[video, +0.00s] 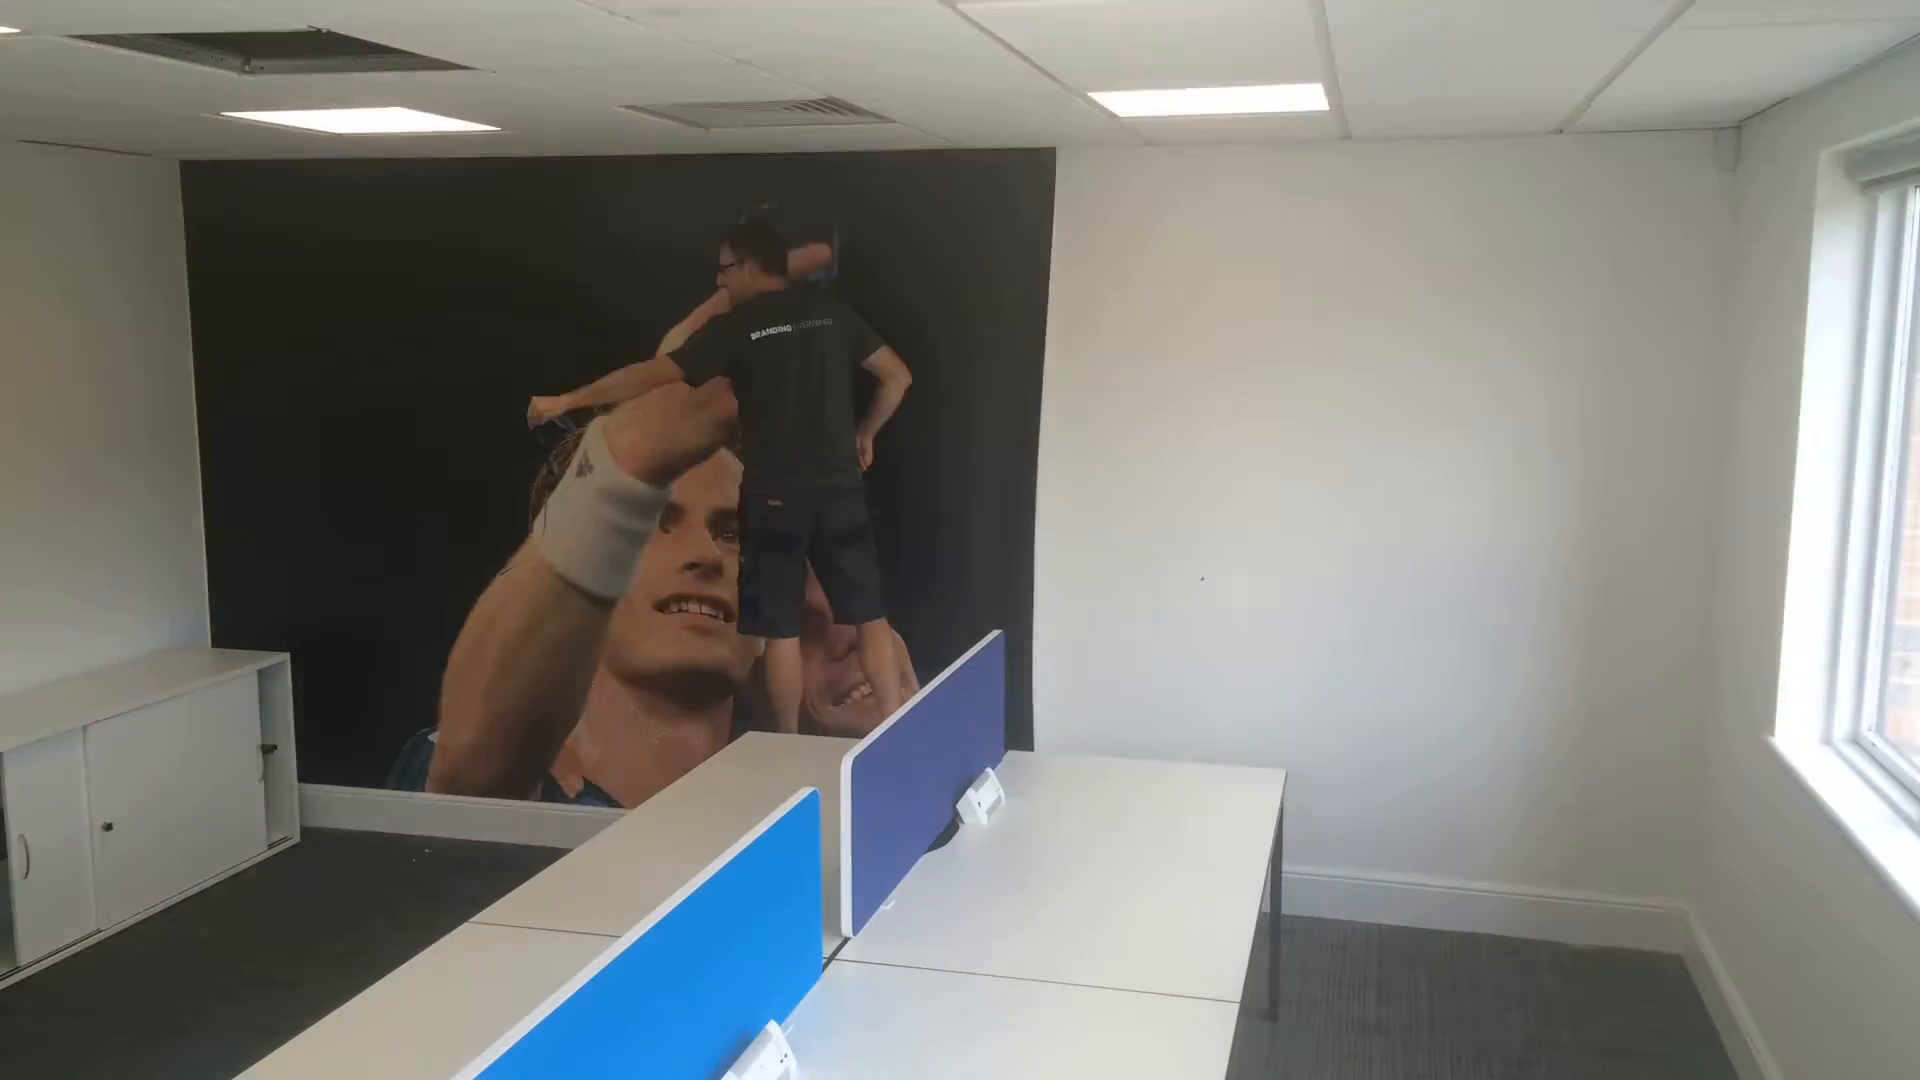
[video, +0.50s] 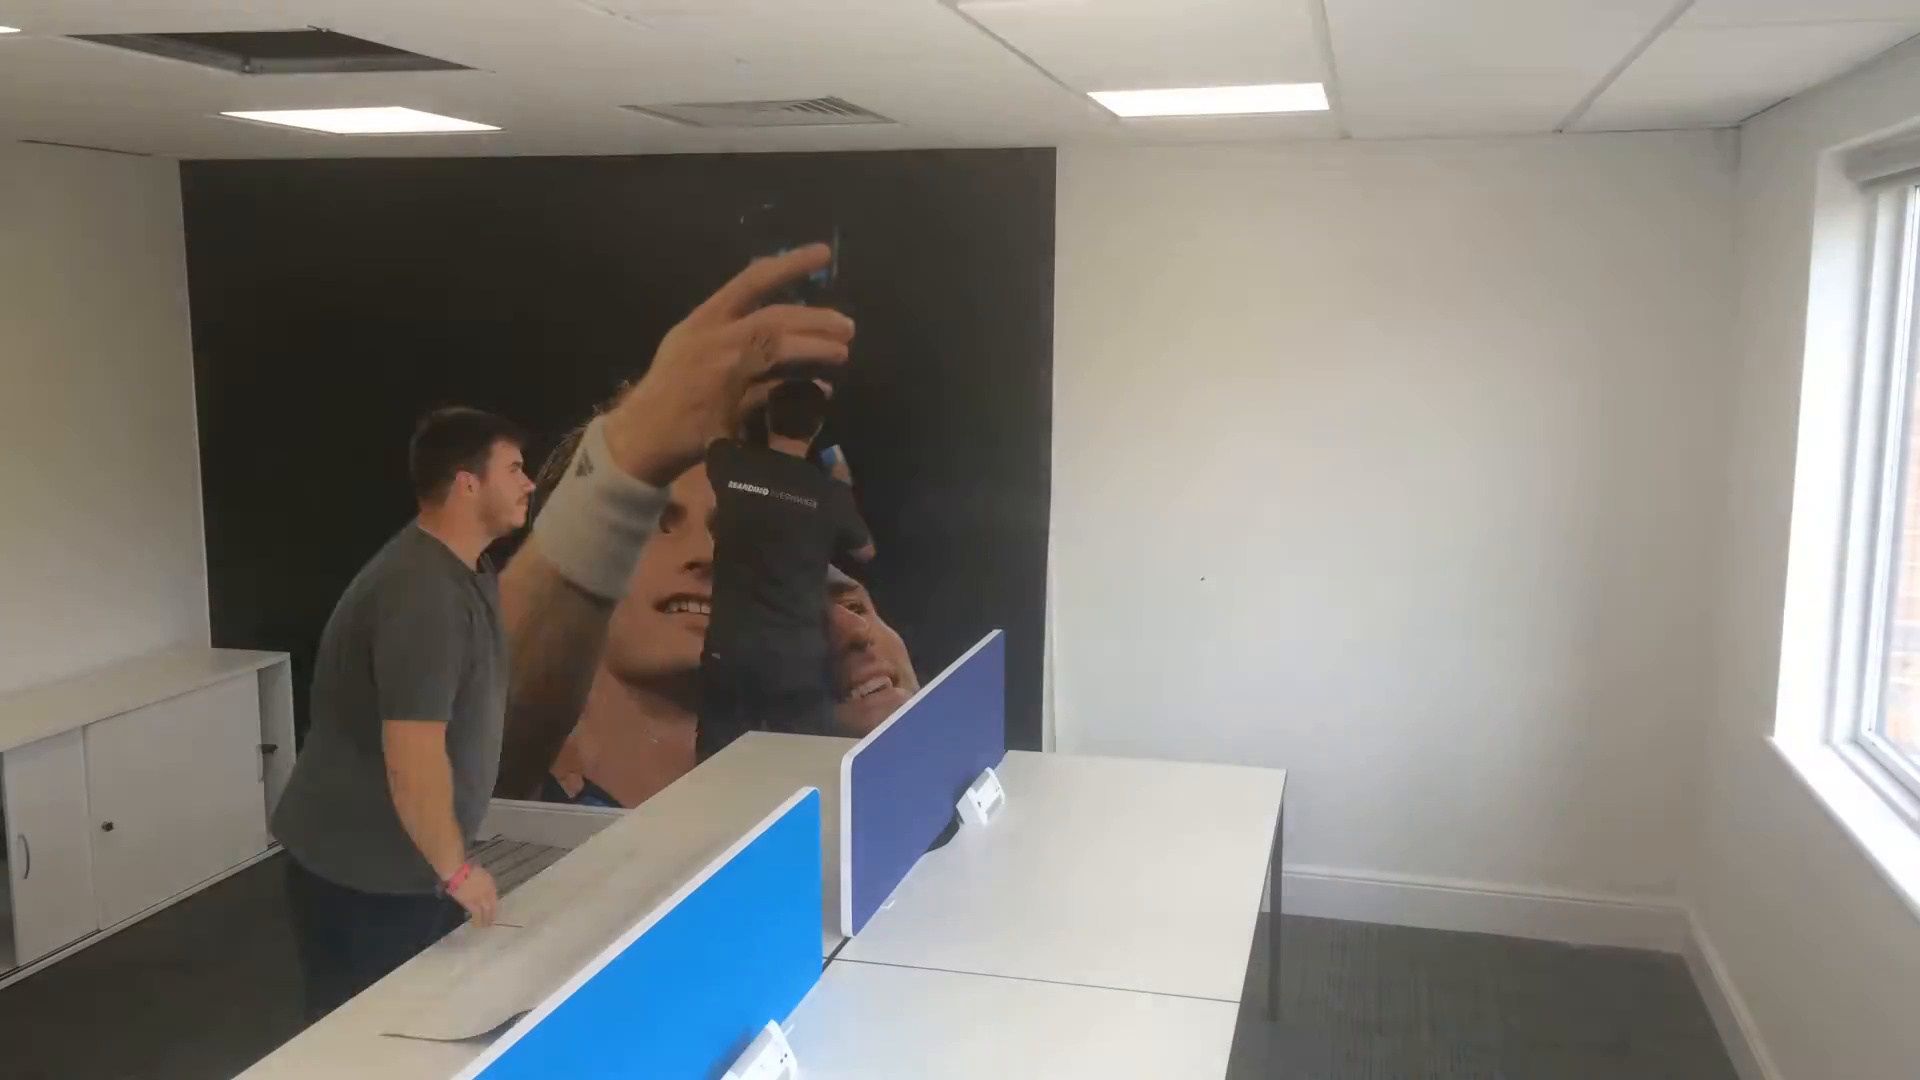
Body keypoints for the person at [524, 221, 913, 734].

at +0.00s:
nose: (721, 281)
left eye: (726, 268)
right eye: (719, 270)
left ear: (753, 268)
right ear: (779, 267)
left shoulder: (735, 329)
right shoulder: (835, 312)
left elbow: (652, 373)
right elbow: (897, 376)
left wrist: (569, 401)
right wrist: (868, 431)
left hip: (775, 496)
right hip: (841, 491)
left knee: (781, 625)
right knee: (870, 615)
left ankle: (785, 749)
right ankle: (897, 733)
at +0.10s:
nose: (789, 316)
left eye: (793, 307)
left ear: (801, 307)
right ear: (861, 298)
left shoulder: (784, 362)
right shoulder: (883, 339)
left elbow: (744, 449)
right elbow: (957, 396)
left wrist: (733, 499)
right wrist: (1028, 419)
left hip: (810, 509)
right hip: (880, 507)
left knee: (812, 628)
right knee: (886, 630)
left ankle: (805, 741)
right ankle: (895, 749)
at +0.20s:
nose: (789, 266)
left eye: (788, 259)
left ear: (789, 265)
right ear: (842, 262)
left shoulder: (774, 330)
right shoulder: (869, 314)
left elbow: (749, 426)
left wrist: (776, 471)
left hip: (808, 496)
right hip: (876, 493)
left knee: (797, 630)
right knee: (888, 630)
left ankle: (786, 752)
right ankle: (908, 753)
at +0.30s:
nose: (878, 426)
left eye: (877, 417)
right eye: (874, 417)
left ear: (822, 421)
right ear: (854, 423)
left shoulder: (782, 478)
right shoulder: (884, 485)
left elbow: (765, 570)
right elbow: (963, 537)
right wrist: (1021, 518)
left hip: (798, 656)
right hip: (869, 661)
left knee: (804, 772)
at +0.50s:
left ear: (765, 419)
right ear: (816, 429)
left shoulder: (732, 468)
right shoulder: (829, 495)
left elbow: (718, 438)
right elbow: (864, 551)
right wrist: (841, 488)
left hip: (728, 651)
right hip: (796, 658)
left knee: (719, 780)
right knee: (804, 778)